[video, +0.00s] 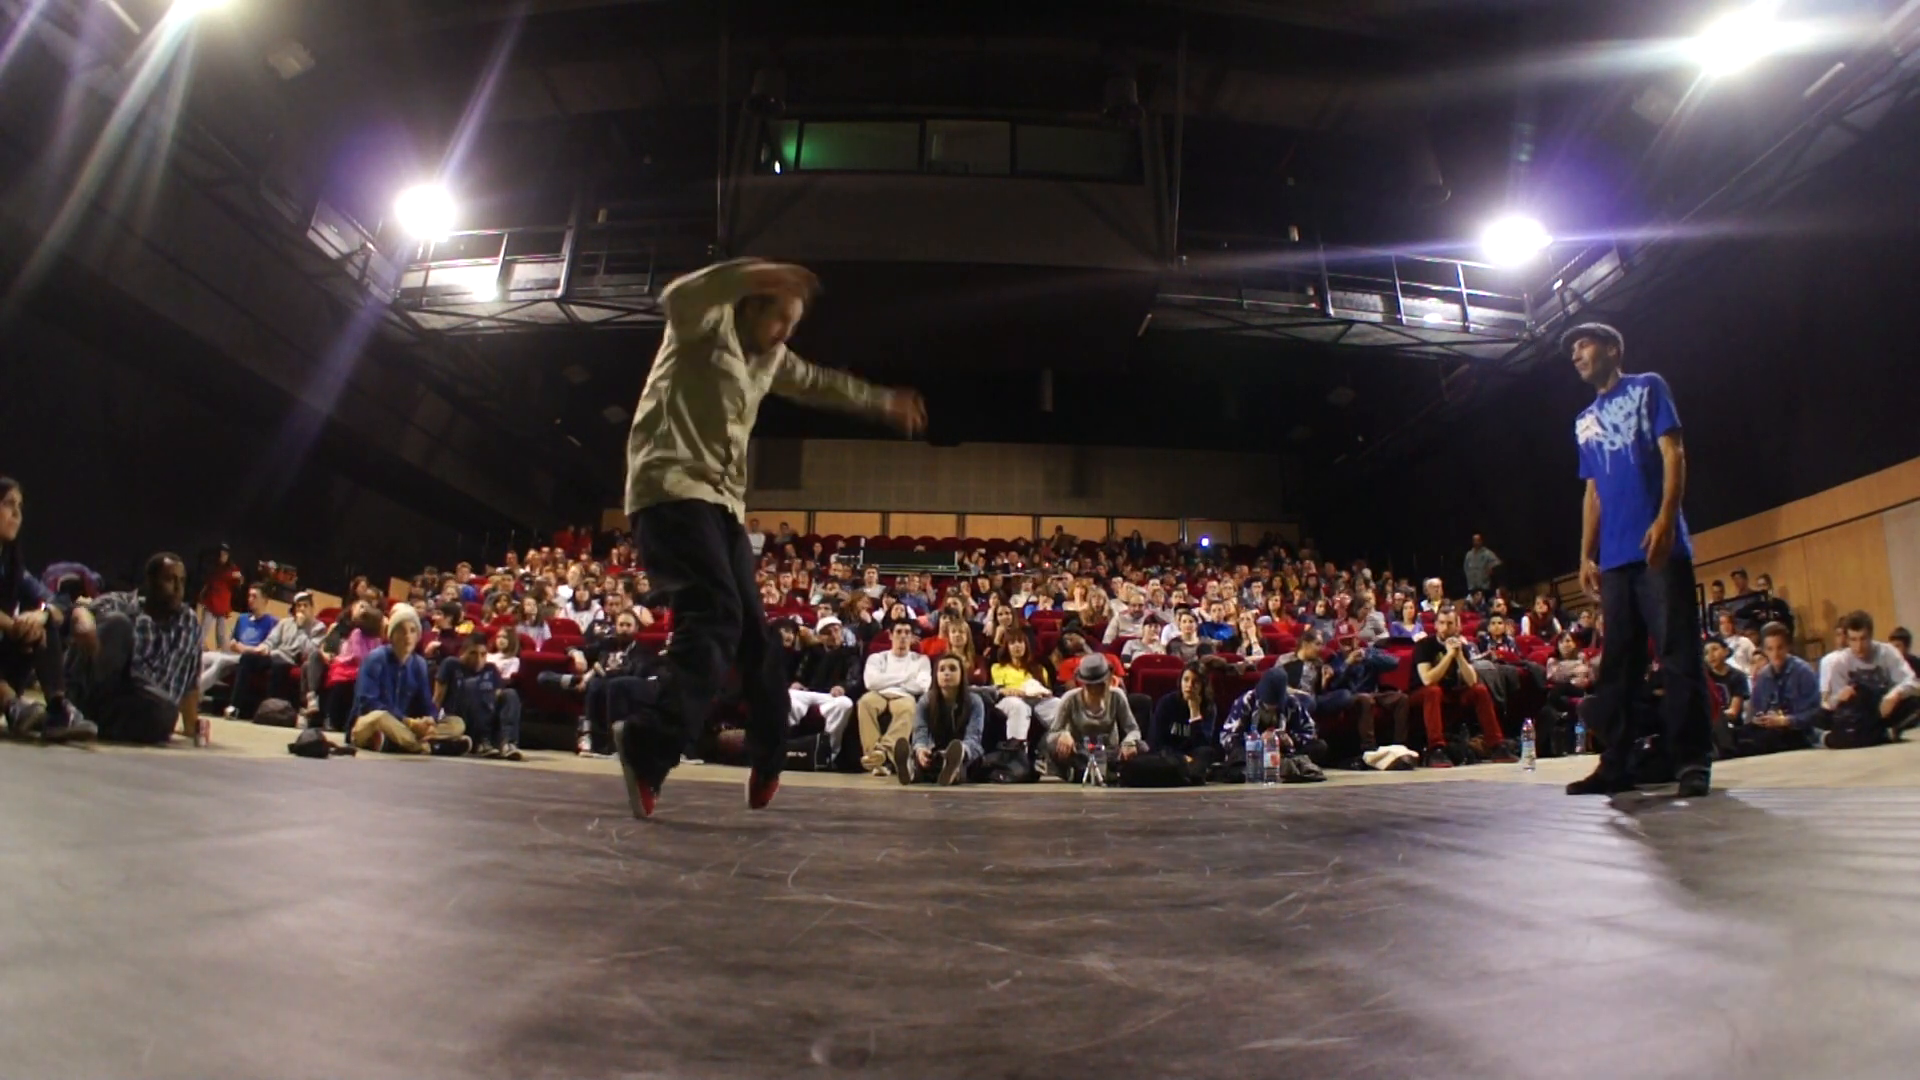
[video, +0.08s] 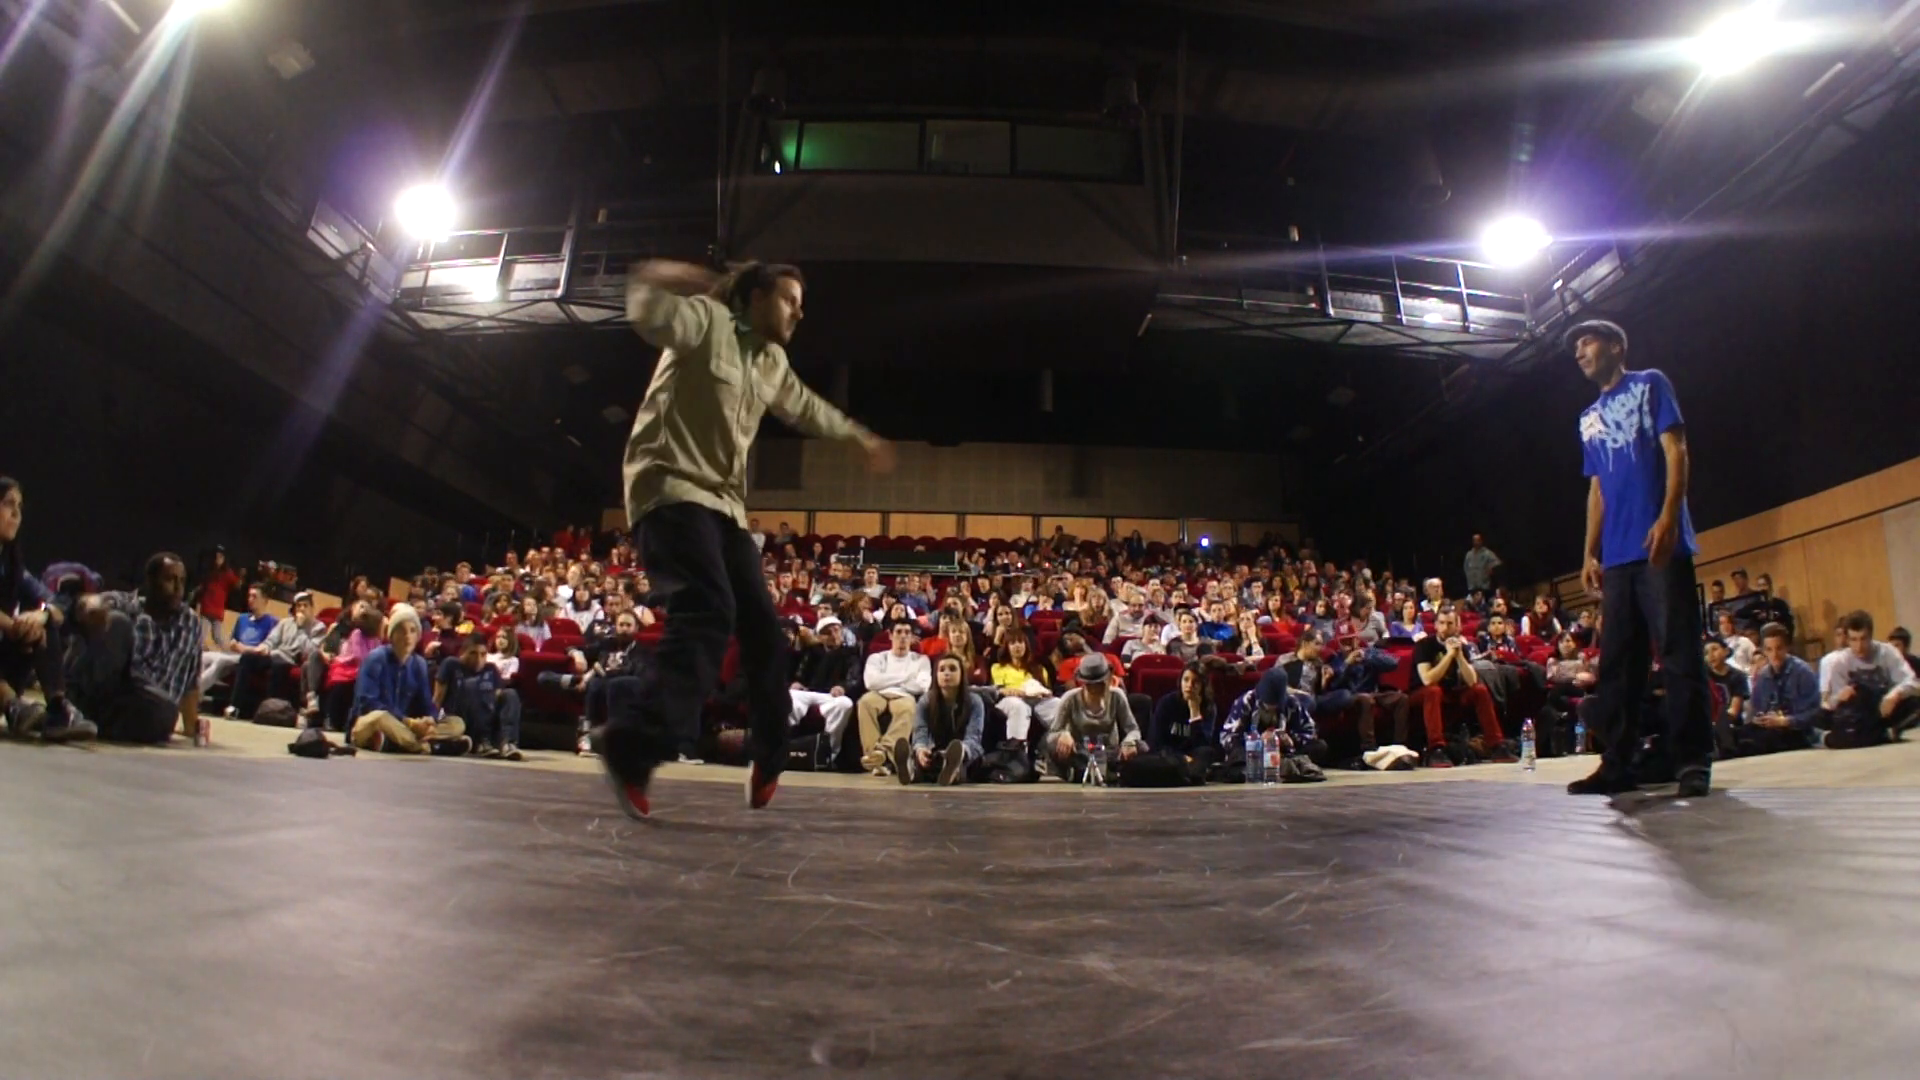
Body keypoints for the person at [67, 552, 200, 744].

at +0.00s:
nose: (178, 589)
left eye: (181, 582)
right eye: (170, 580)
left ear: (185, 585)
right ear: (152, 581)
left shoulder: (190, 623)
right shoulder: (127, 603)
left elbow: (190, 685)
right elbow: (82, 608)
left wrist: (191, 732)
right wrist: (84, 622)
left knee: (161, 719)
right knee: (118, 625)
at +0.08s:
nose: (178, 589)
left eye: (182, 582)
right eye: (171, 580)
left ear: (185, 585)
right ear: (152, 581)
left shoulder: (191, 622)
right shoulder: (131, 603)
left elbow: (191, 684)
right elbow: (92, 599)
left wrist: (191, 731)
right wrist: (94, 609)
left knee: (159, 721)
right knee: (117, 623)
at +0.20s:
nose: (176, 586)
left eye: (181, 580)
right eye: (170, 578)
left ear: (185, 584)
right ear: (152, 580)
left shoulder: (191, 621)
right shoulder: (131, 610)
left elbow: (190, 678)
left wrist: (191, 727)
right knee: (116, 622)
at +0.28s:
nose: (176, 585)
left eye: (181, 579)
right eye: (169, 577)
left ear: (185, 585)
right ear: (152, 579)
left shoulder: (191, 621)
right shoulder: (132, 609)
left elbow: (190, 678)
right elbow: (133, 666)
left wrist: (191, 727)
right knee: (116, 626)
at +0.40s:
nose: (176, 585)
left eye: (180, 580)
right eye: (168, 577)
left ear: (185, 585)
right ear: (152, 579)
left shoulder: (190, 621)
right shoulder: (131, 606)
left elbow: (190, 683)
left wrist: (191, 730)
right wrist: (121, 565)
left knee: (161, 718)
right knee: (117, 622)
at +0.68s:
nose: (178, 588)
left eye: (181, 582)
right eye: (170, 580)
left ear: (184, 587)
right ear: (152, 581)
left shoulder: (189, 621)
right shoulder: (131, 606)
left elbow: (191, 682)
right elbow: (106, 588)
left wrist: (191, 730)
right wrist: (129, 562)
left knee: (158, 721)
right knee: (115, 621)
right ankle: (68, 704)